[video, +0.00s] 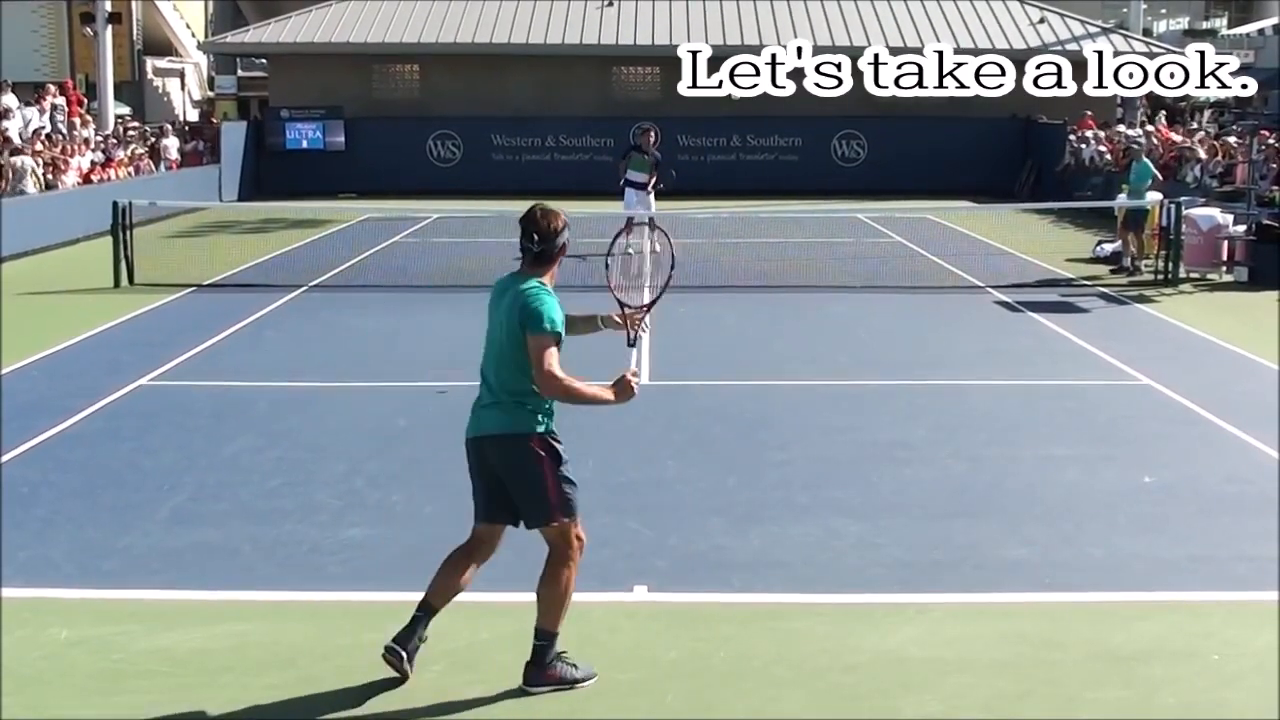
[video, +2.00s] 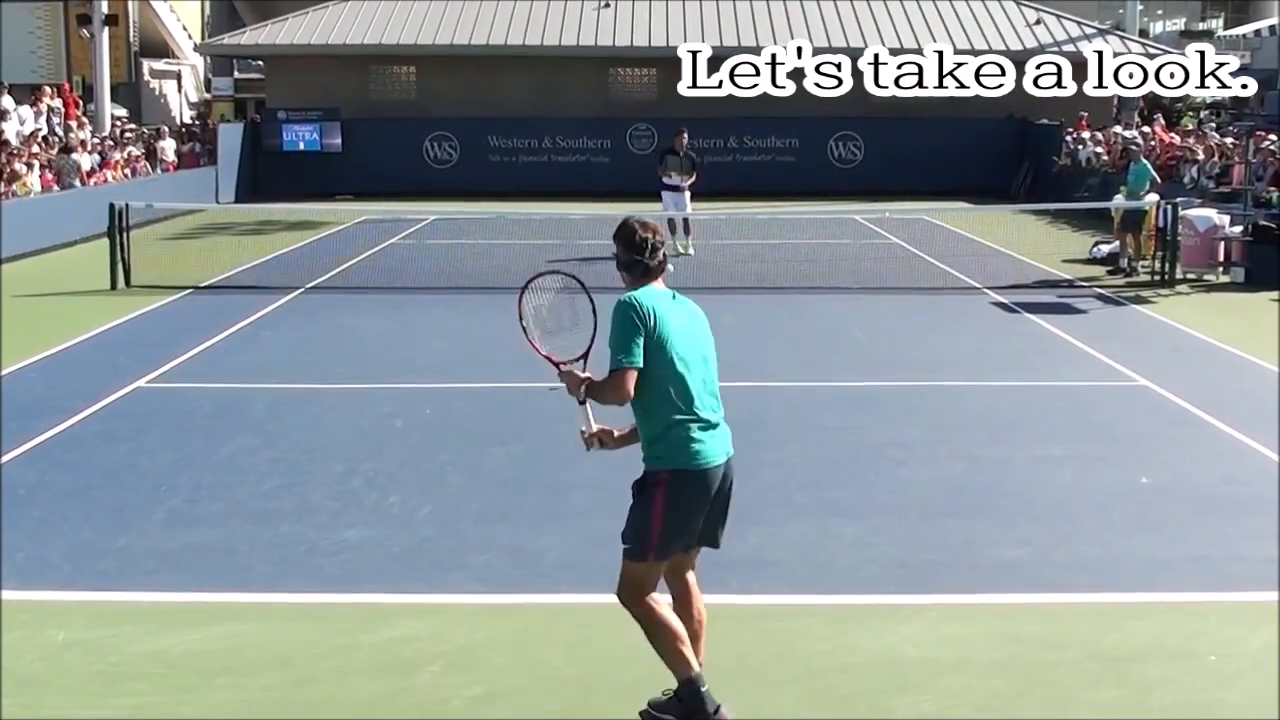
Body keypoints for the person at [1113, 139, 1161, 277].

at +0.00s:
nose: (1132, 153)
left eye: (1134, 150)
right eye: (1131, 150)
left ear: (1141, 150)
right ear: (1132, 151)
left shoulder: (1146, 163)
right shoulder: (1134, 164)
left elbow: (1158, 179)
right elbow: (1136, 182)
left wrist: (1146, 188)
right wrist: (1128, 188)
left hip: (1141, 204)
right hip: (1131, 203)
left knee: (1138, 234)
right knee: (1123, 232)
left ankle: (1139, 265)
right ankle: (1126, 263)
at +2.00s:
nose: (1130, 154)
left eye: (1133, 151)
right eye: (1129, 151)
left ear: (1139, 151)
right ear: (1129, 152)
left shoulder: (1145, 165)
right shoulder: (1132, 165)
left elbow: (1157, 181)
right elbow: (1133, 181)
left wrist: (1146, 193)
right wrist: (1126, 190)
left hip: (1140, 205)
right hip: (1129, 203)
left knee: (1136, 235)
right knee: (1121, 233)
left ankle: (1136, 265)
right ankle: (1122, 264)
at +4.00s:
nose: (1129, 154)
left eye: (1132, 151)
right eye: (1129, 151)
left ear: (1138, 152)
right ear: (1130, 152)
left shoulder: (1145, 166)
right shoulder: (1132, 165)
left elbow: (1156, 182)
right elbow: (1134, 182)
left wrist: (1144, 193)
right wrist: (1126, 191)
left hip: (1140, 206)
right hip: (1129, 204)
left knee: (1138, 236)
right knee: (1123, 234)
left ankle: (1137, 265)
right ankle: (1123, 263)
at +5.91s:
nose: (1122, 155)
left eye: (1124, 152)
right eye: (1122, 152)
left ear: (1131, 152)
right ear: (1124, 153)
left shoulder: (1138, 166)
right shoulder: (1125, 165)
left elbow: (1148, 182)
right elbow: (1125, 182)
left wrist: (1137, 194)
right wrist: (1119, 190)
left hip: (1133, 205)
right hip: (1123, 203)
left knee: (1130, 234)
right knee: (1117, 233)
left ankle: (1131, 265)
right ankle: (1118, 264)